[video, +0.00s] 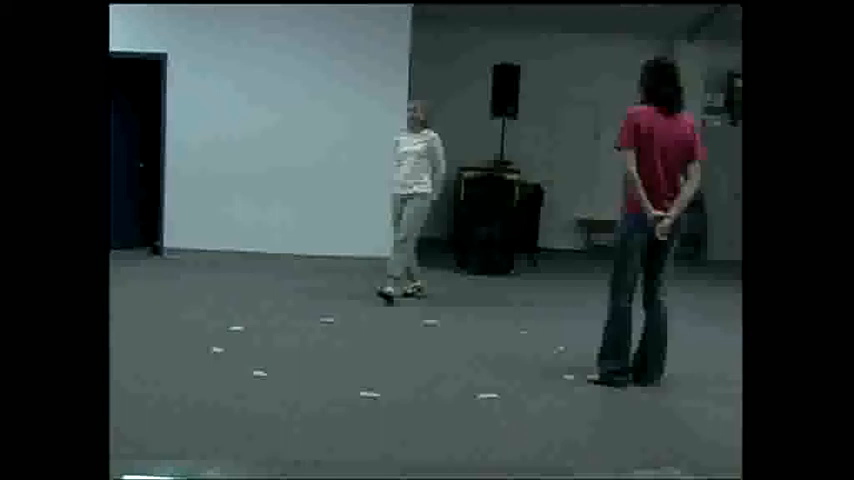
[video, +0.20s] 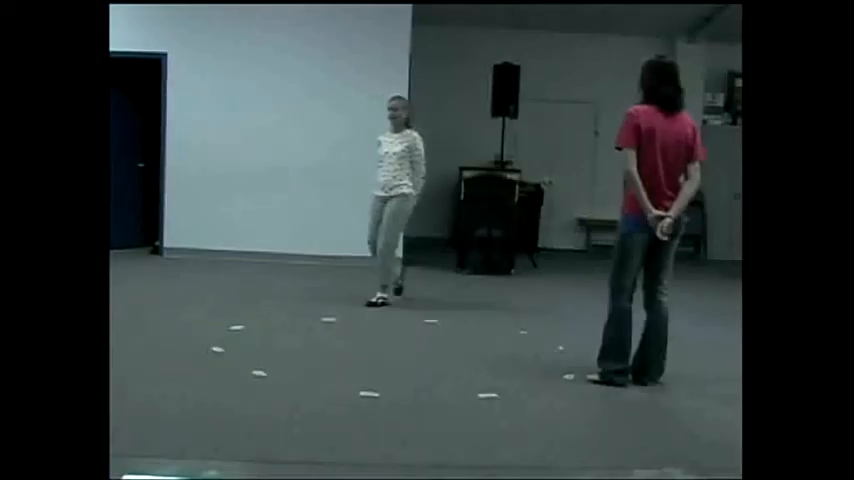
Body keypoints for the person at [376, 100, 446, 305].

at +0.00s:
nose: (412, 115)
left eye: (416, 111)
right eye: (409, 111)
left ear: (424, 115)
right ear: (406, 114)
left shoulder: (431, 139)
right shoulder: (400, 139)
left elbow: (440, 167)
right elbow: (395, 164)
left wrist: (435, 190)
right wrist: (393, 185)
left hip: (420, 192)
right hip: (399, 191)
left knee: (405, 237)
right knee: (402, 238)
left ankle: (392, 283)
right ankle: (414, 281)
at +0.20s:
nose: (393, 113)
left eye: (397, 109)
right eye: (390, 109)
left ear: (407, 113)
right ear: (387, 112)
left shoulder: (413, 138)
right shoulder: (383, 139)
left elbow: (419, 170)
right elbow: (382, 167)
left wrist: (414, 192)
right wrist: (381, 186)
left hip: (402, 193)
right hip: (381, 192)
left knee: (386, 241)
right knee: (373, 240)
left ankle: (383, 290)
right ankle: (396, 271)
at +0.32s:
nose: (382, 110)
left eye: (387, 106)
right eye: (379, 106)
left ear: (396, 109)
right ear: (376, 109)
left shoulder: (403, 134)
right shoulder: (375, 135)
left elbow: (410, 165)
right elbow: (375, 164)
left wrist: (405, 189)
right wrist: (373, 183)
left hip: (391, 191)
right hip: (370, 189)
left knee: (381, 242)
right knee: (360, 239)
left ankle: (382, 290)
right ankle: (376, 283)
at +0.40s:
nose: (370, 109)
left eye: (374, 105)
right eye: (367, 105)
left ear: (384, 107)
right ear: (364, 108)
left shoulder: (390, 132)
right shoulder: (362, 135)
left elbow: (398, 165)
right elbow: (363, 164)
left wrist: (393, 191)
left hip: (380, 192)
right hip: (358, 191)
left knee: (376, 244)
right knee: (347, 241)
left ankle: (381, 292)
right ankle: (347, 291)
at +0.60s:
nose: (346, 109)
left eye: (351, 105)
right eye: (343, 105)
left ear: (361, 107)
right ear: (340, 108)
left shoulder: (369, 135)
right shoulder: (338, 135)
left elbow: (375, 169)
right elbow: (338, 166)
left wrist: (368, 195)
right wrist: (338, 187)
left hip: (356, 198)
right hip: (333, 196)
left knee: (351, 250)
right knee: (326, 248)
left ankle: (373, 285)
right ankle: (325, 298)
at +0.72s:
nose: (337, 106)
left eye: (341, 102)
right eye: (333, 102)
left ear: (351, 104)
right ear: (330, 105)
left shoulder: (359, 131)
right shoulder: (326, 132)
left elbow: (366, 164)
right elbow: (326, 162)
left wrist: (360, 189)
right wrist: (327, 183)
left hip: (347, 192)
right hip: (323, 190)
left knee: (334, 246)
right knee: (319, 246)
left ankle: (356, 280)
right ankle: (323, 297)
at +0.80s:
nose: (327, 105)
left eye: (332, 101)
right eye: (324, 101)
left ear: (341, 103)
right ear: (320, 104)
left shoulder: (351, 129)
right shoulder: (316, 130)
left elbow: (357, 163)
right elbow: (315, 161)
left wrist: (351, 186)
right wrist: (317, 181)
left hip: (339, 189)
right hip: (315, 188)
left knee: (321, 242)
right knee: (314, 245)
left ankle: (329, 294)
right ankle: (324, 295)